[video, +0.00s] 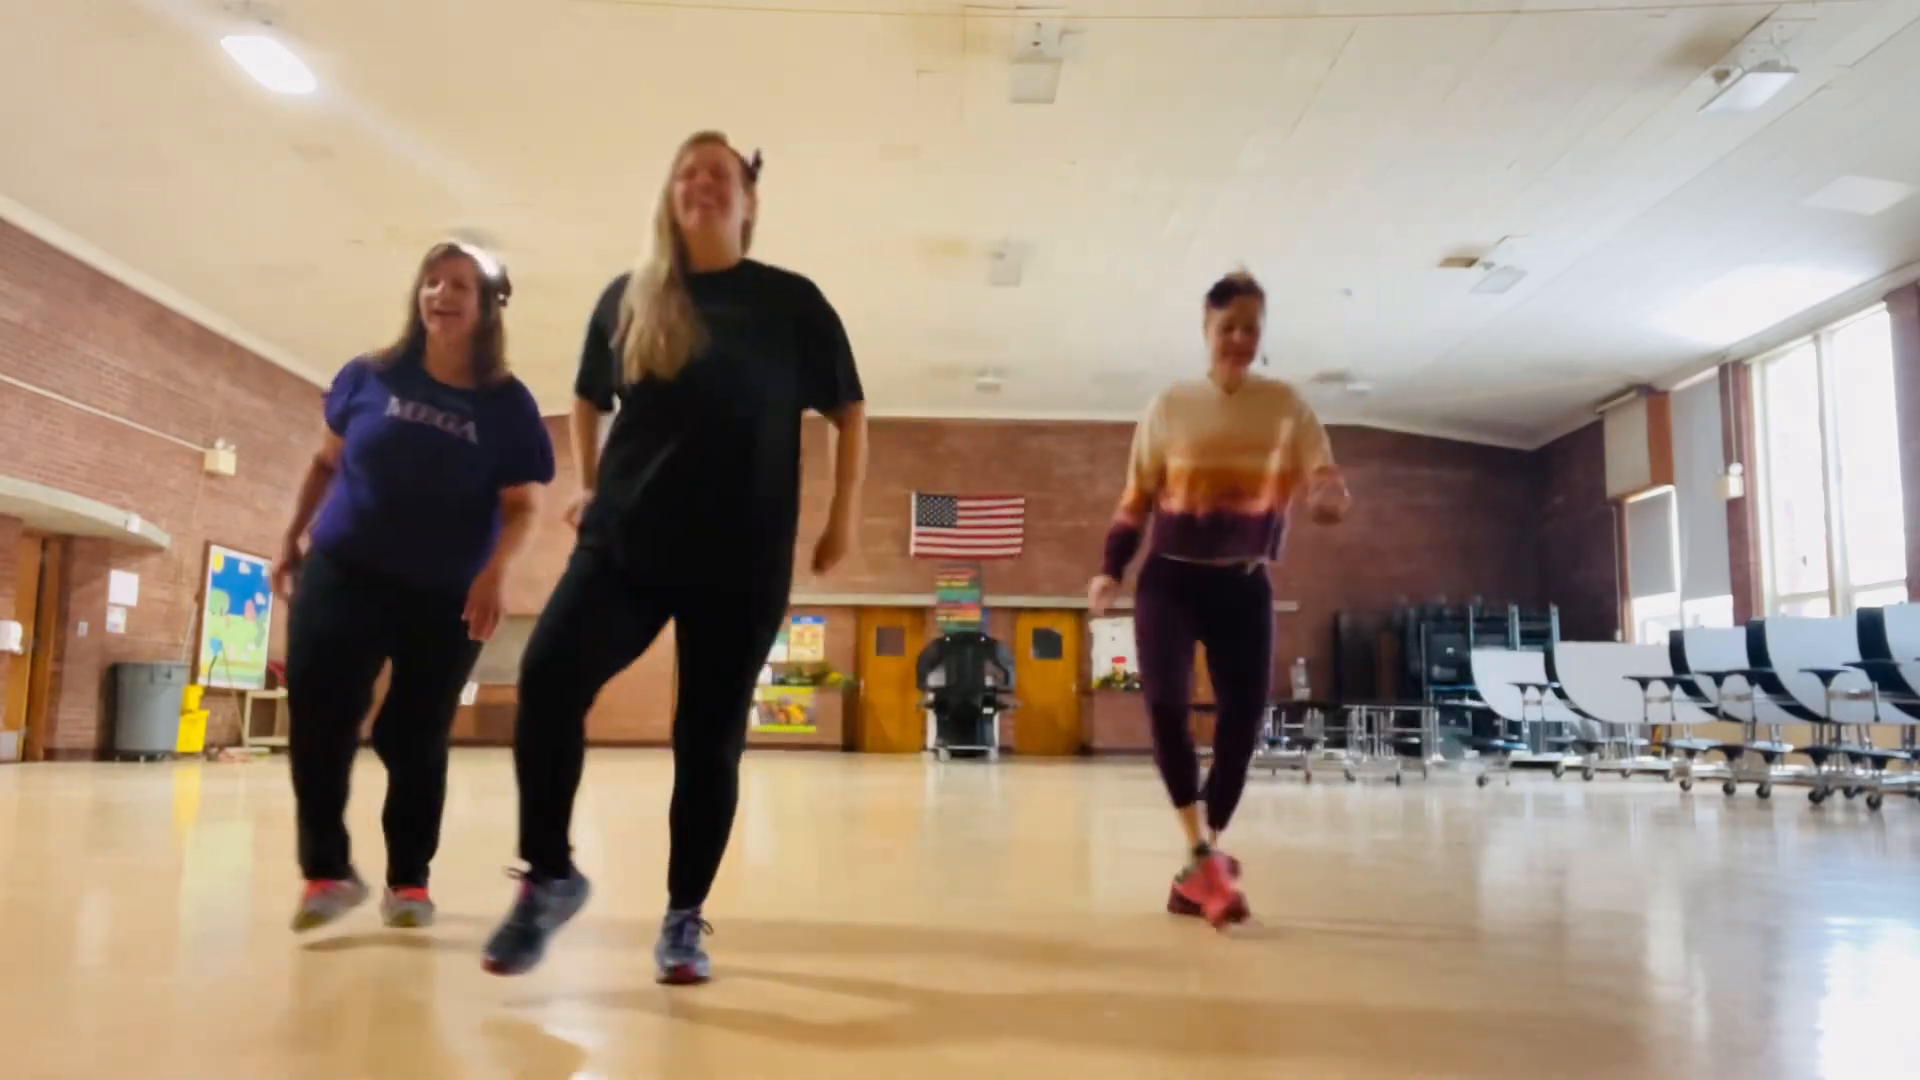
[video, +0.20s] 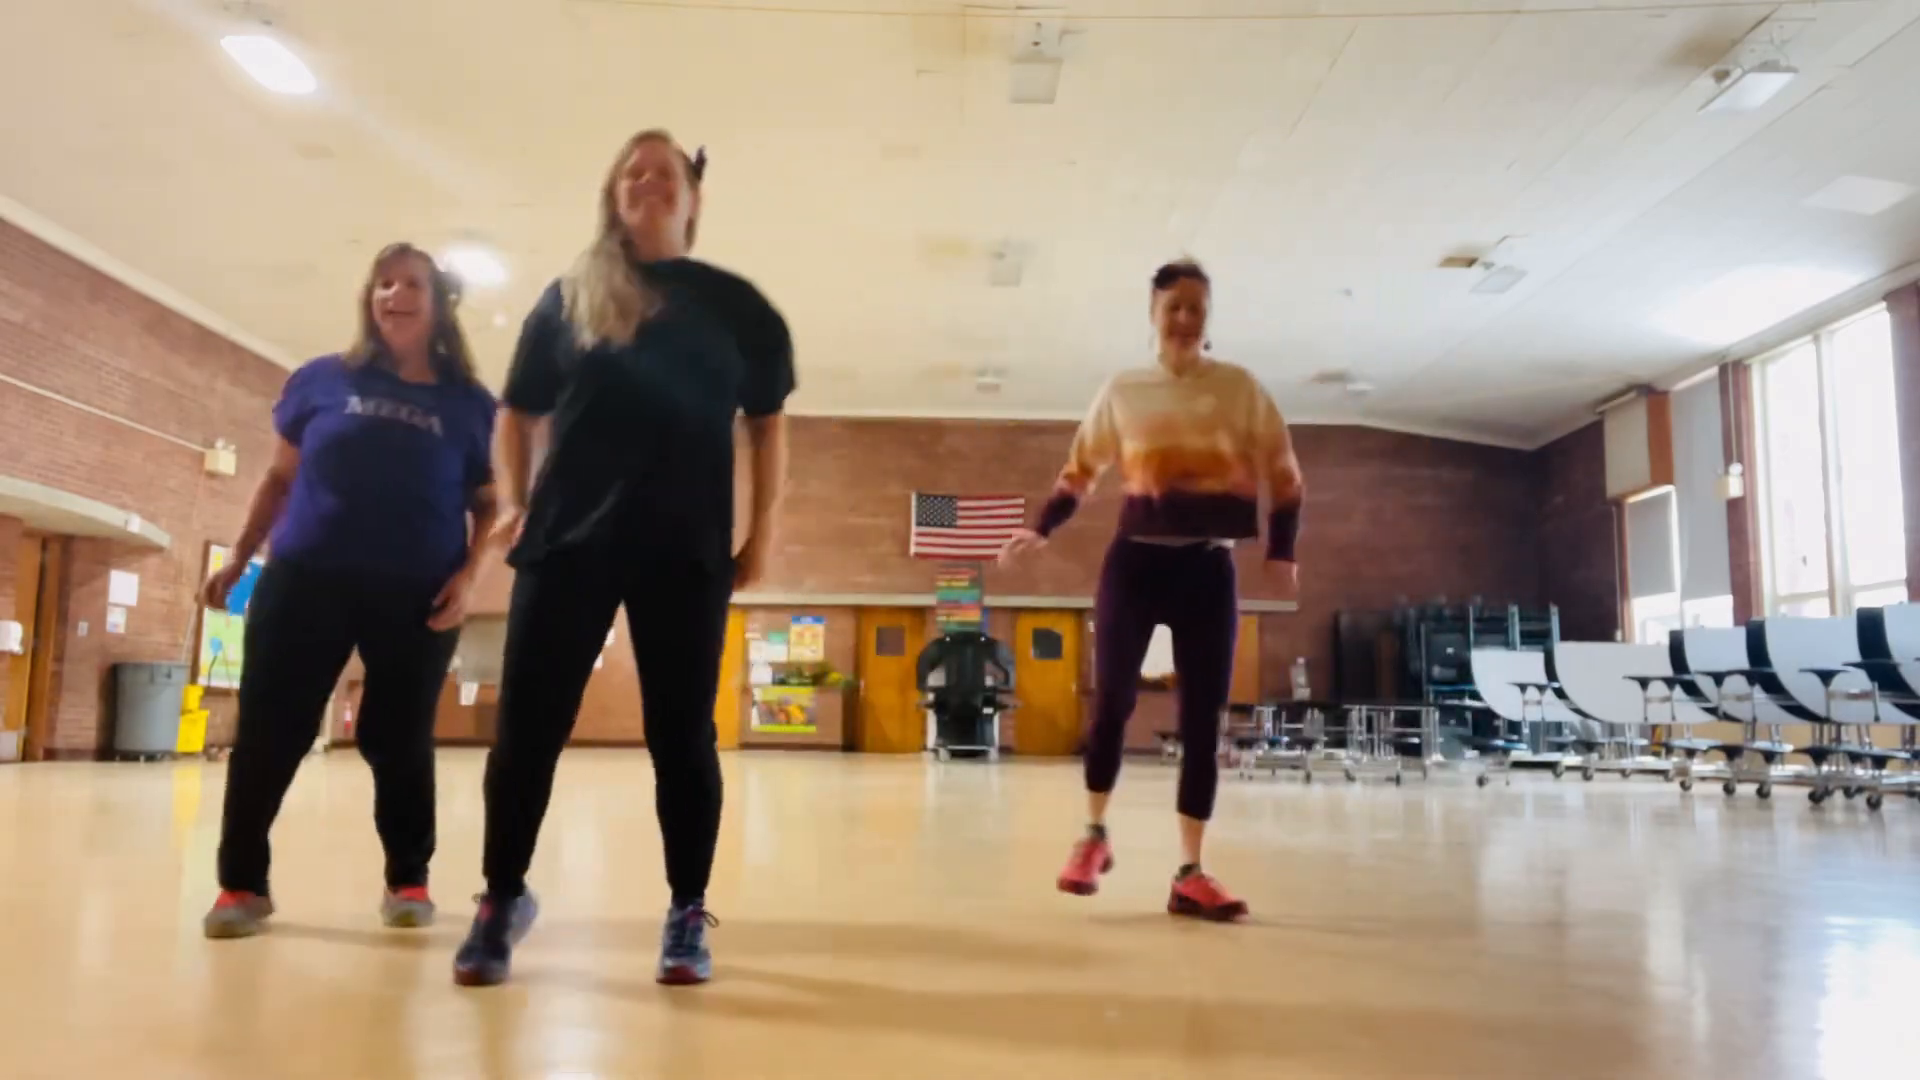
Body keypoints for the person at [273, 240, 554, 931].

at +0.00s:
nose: (441, 293)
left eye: (459, 286)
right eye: (433, 281)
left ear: (489, 306)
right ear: (417, 295)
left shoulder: (507, 403)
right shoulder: (368, 375)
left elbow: (521, 505)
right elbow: (326, 462)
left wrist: (493, 574)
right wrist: (293, 540)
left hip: (443, 594)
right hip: (345, 574)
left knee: (414, 737)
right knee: (316, 718)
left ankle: (408, 880)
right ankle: (328, 875)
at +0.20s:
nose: (394, 294)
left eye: (411, 285)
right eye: (384, 283)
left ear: (438, 304)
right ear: (368, 299)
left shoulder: (470, 404)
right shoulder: (320, 379)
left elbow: (489, 507)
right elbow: (280, 477)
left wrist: (469, 571)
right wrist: (239, 559)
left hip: (411, 596)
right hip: (304, 581)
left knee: (401, 741)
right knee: (266, 733)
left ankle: (408, 882)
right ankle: (243, 888)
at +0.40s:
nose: (337, 284)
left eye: (352, 276)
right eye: (325, 274)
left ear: (377, 296)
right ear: (305, 293)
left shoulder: (411, 386)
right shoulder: (267, 376)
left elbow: (456, 484)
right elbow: (214, 465)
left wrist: (460, 466)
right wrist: (195, 448)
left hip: (386, 584)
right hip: (277, 579)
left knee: (390, 728)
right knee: (252, 735)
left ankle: (408, 864)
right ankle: (239, 890)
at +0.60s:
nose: (312, 281)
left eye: (327, 271)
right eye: (298, 272)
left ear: (353, 291)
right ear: (281, 293)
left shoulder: (389, 370)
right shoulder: (251, 371)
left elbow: (430, 462)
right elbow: (188, 448)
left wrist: (420, 378)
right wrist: (197, 358)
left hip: (371, 575)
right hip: (265, 573)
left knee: (356, 730)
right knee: (247, 735)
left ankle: (354, 881)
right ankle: (239, 890)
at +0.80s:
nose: (309, 287)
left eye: (322, 276)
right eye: (293, 277)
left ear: (345, 293)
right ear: (273, 296)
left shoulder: (386, 373)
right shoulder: (247, 381)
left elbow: (412, 461)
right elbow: (215, 478)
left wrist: (324, 398)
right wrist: (259, 400)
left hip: (383, 576)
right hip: (274, 576)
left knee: (389, 724)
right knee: (248, 734)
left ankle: (382, 861)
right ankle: (238, 890)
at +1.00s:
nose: (357, 284)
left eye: (370, 274)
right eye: (344, 274)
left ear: (394, 293)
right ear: (320, 293)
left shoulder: (430, 382)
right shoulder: (282, 379)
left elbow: (465, 479)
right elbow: (224, 461)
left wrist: (472, 524)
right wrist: (172, 482)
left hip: (415, 574)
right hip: (301, 576)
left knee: (453, 721)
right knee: (265, 734)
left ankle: (496, 869)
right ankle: (239, 891)